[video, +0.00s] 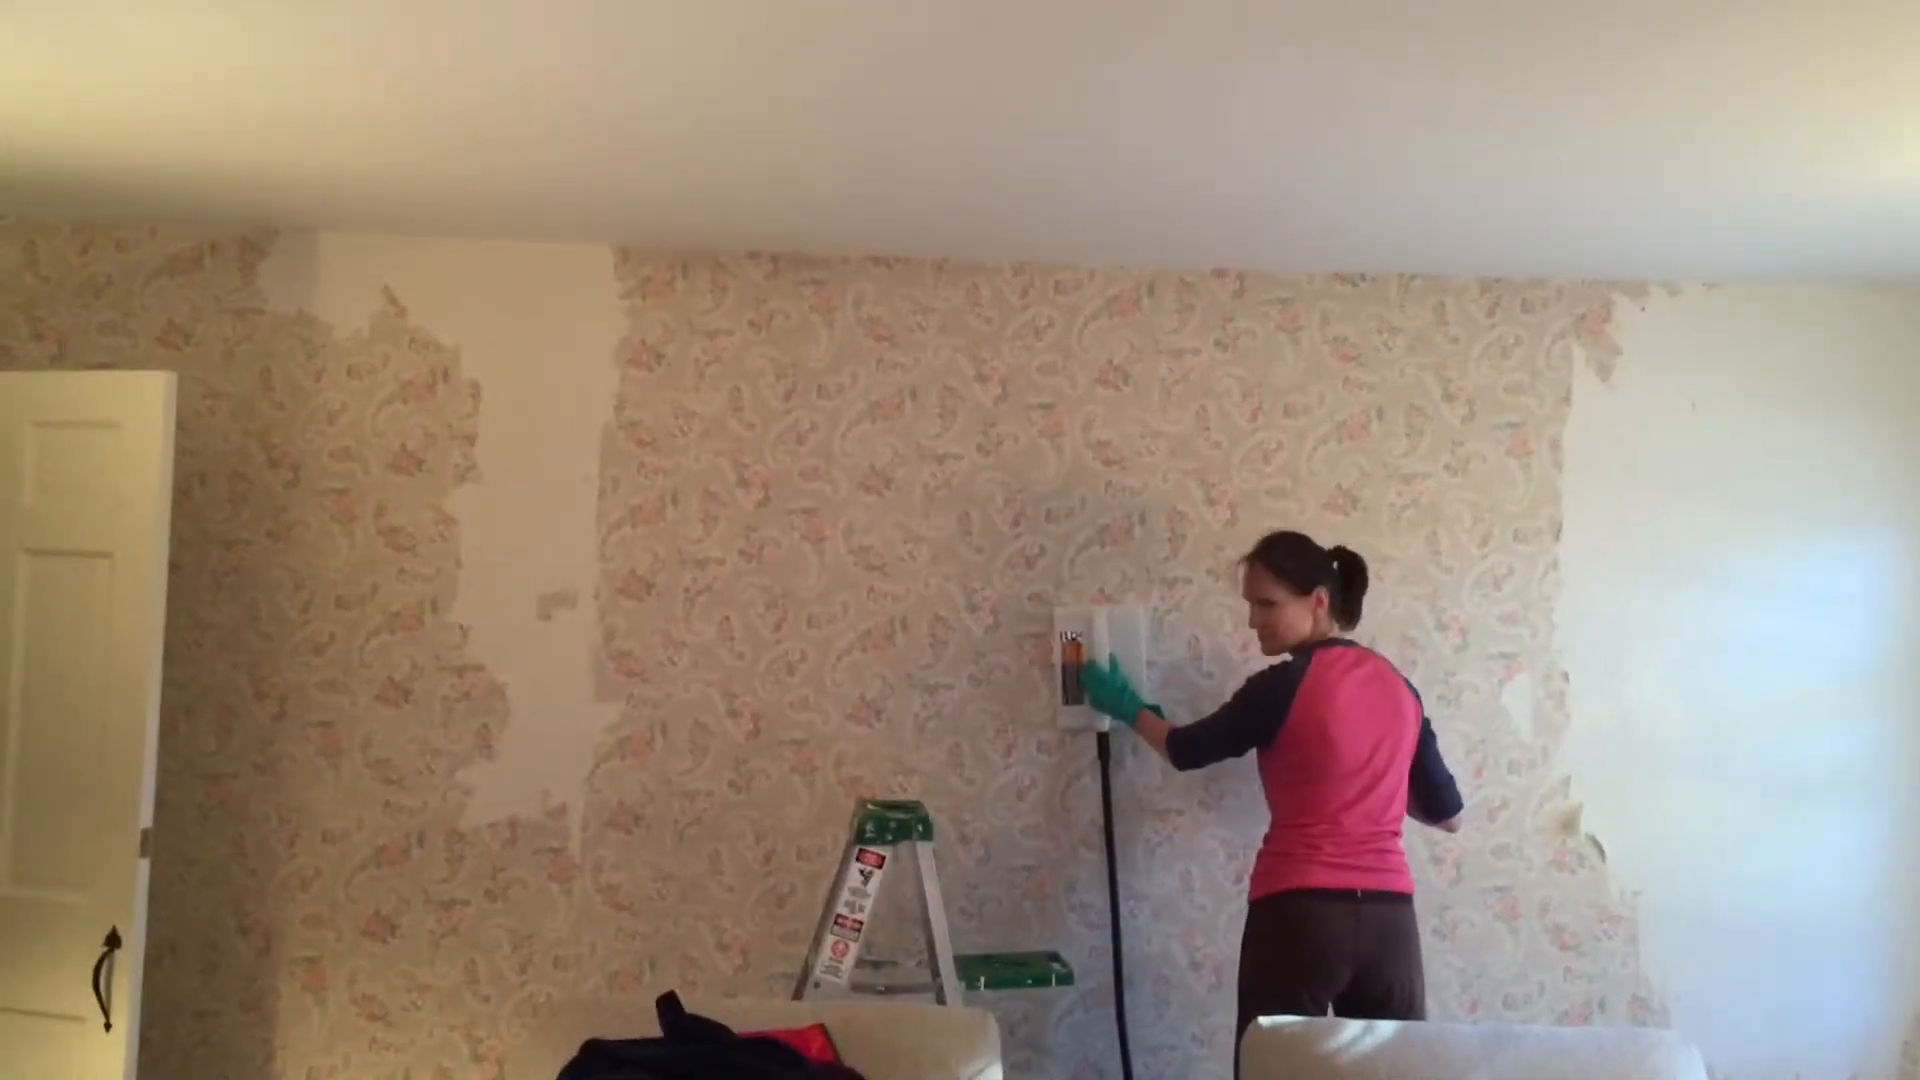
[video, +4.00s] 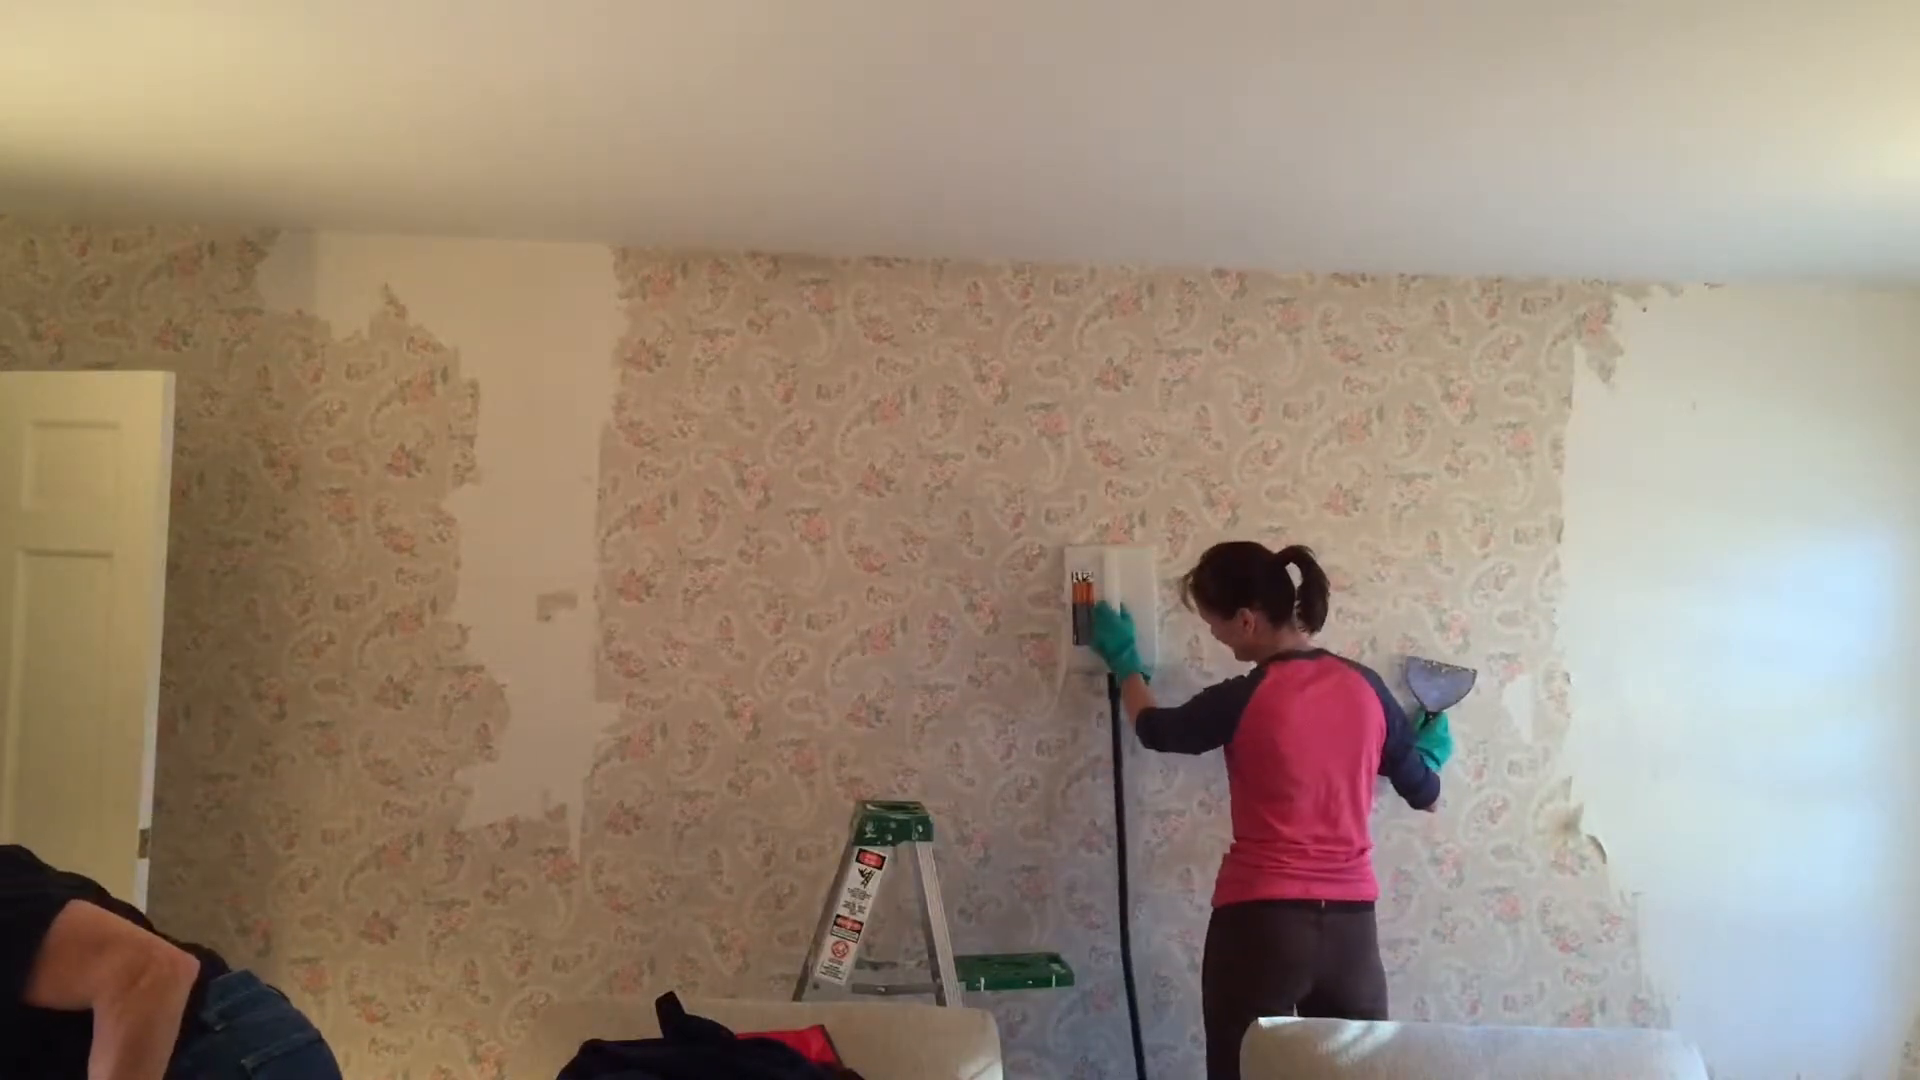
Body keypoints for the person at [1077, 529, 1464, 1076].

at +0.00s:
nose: (1254, 619)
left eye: (1266, 604)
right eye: (1252, 605)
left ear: (1317, 602)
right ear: (1322, 603)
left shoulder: (1283, 685)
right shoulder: (1398, 688)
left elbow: (1184, 749)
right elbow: (1445, 809)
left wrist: (1125, 705)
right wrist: (1373, 764)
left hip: (1296, 922)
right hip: (1389, 925)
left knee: (1269, 1073)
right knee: (1397, 1074)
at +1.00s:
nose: (1291, 606)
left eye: (1294, 590)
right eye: (1293, 590)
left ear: (1313, 596)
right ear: (1370, 598)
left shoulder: (1275, 685)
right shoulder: (1425, 704)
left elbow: (1177, 753)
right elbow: (1446, 848)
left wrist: (1128, 709)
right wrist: (1378, 815)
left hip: (1270, 933)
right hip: (1371, 940)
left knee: (1254, 1073)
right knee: (1380, 1076)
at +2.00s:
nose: (1293, 597)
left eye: (1298, 586)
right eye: (1297, 585)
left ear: (1316, 605)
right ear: (1376, 606)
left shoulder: (1270, 687)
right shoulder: (1421, 705)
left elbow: (1169, 758)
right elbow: (1444, 849)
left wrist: (1125, 713)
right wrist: (1373, 828)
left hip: (1263, 930)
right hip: (1365, 938)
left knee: (1248, 1074)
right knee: (1379, 1076)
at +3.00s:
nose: (1233, 633)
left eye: (1237, 617)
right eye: (1231, 619)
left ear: (1274, 615)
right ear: (1292, 615)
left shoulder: (1238, 690)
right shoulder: (1383, 694)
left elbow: (1145, 790)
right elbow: (1430, 817)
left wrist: (1124, 716)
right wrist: (1429, 759)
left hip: (1272, 918)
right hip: (1370, 919)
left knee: (1256, 1074)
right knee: (1400, 1074)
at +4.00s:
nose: (1214, 635)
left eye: (1213, 622)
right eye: (1208, 622)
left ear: (1247, 620)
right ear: (1285, 611)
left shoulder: (1245, 696)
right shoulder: (1367, 689)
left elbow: (1154, 729)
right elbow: (1423, 791)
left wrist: (1125, 664)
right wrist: (1432, 752)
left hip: (1259, 932)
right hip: (1351, 933)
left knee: (1240, 1074)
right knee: (1362, 1076)